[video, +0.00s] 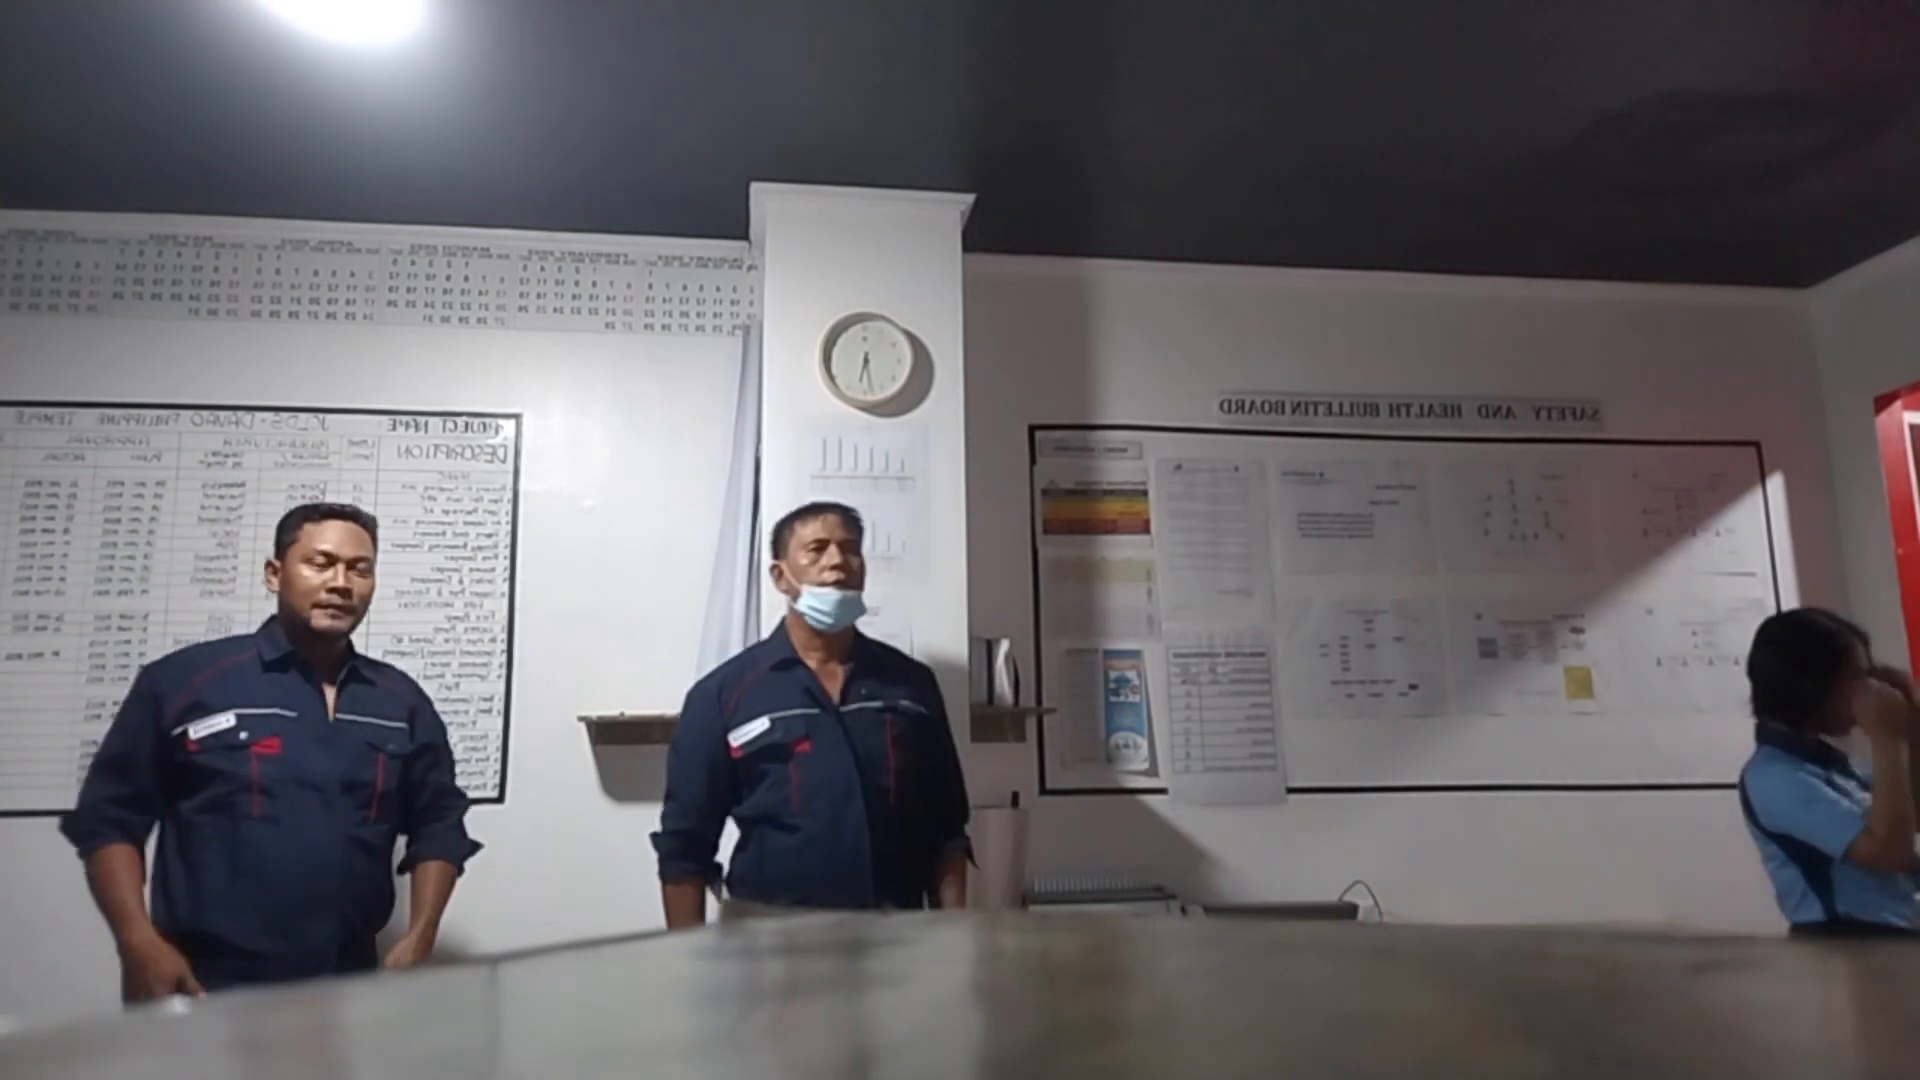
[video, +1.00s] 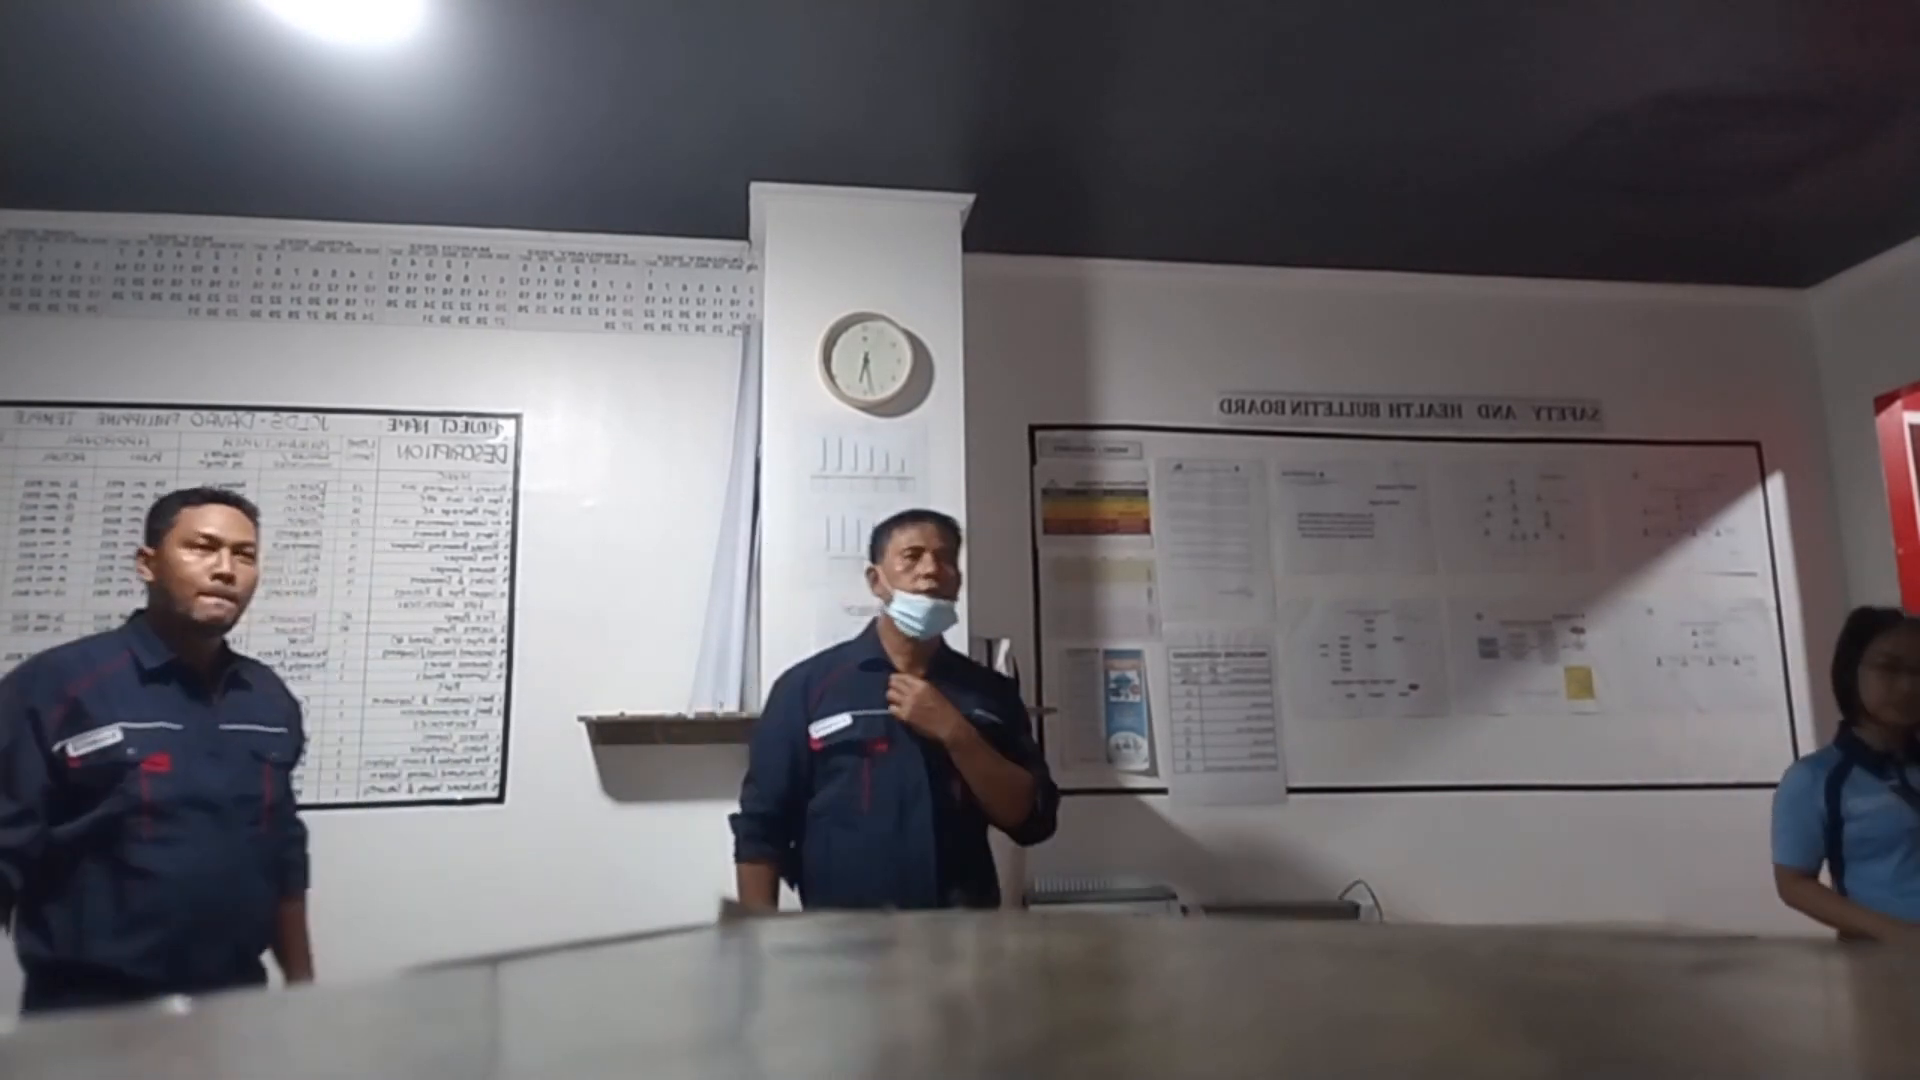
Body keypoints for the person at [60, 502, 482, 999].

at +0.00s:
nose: (342, 582)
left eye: (359, 568)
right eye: (321, 563)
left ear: (373, 585)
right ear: (275, 575)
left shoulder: (403, 703)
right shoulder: (180, 685)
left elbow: (441, 826)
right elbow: (105, 819)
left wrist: (420, 937)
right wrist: (140, 943)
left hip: (343, 999)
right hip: (202, 1001)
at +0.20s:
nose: (358, 585)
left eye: (375, 572)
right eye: (338, 565)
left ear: (386, 592)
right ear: (291, 577)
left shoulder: (407, 711)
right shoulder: (195, 683)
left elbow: (417, 864)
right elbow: (132, 833)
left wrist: (415, 990)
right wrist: (101, 968)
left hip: (340, 1000)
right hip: (205, 999)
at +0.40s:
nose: (361, 581)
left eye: (376, 571)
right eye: (342, 562)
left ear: (385, 594)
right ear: (290, 573)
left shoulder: (398, 718)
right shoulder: (188, 680)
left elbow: (419, 872)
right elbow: (100, 832)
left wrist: (434, 991)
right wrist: (43, 968)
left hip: (330, 1001)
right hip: (196, 997)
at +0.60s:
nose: (329, 582)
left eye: (344, 572)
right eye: (308, 561)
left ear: (354, 594)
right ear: (256, 576)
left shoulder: (361, 720)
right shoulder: (153, 685)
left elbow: (385, 869)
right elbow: (73, 850)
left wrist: (426, 989)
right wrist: (8, 983)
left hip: (312, 1007)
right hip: (175, 1009)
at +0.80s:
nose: (276, 572)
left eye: (293, 559)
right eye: (254, 551)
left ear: (305, 585)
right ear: (202, 569)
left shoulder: (314, 705)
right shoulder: (97, 689)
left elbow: (332, 851)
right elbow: (20, 854)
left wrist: (360, 965)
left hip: (272, 1012)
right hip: (128, 1016)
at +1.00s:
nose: (226, 569)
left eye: (244, 554)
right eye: (202, 547)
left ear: (257, 575)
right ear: (148, 565)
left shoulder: (270, 702)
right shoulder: (48, 692)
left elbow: (282, 852)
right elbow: (5, 857)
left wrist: (303, 991)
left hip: (231, 1014)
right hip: (86, 1018)